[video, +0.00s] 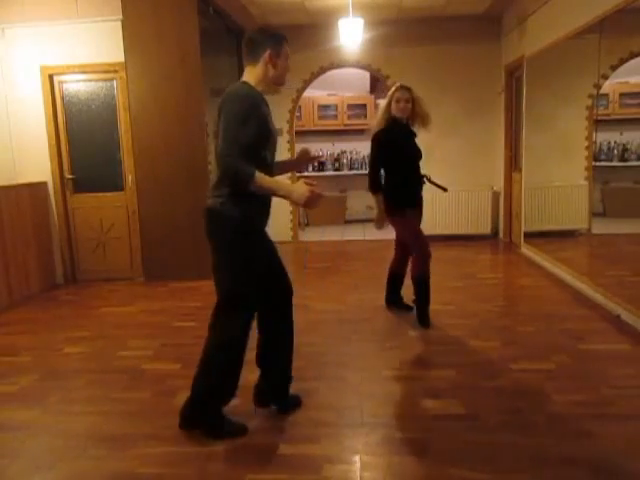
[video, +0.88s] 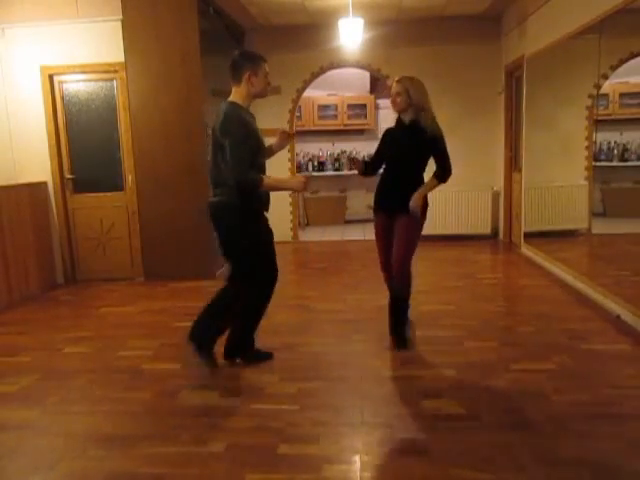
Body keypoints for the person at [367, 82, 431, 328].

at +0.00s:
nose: (402, 105)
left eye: (407, 101)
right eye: (398, 101)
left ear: (412, 105)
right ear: (390, 104)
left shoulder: (409, 133)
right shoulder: (382, 135)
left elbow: (406, 164)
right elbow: (374, 174)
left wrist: (417, 176)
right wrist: (379, 206)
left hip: (413, 197)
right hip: (395, 198)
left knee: (403, 250)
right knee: (421, 251)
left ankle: (393, 295)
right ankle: (422, 308)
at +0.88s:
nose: (393, 100)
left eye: (398, 95)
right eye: (392, 96)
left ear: (412, 96)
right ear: (394, 99)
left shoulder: (429, 130)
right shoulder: (391, 133)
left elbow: (444, 170)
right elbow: (374, 166)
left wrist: (422, 192)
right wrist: (360, 166)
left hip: (410, 202)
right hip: (385, 200)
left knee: (400, 264)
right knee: (387, 264)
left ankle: (399, 330)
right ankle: (401, 319)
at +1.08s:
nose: (393, 97)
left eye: (397, 91)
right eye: (392, 92)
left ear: (412, 94)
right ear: (401, 94)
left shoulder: (424, 125)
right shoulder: (401, 128)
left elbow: (436, 169)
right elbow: (380, 168)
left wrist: (410, 194)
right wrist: (352, 162)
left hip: (413, 206)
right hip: (394, 206)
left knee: (394, 268)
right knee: (395, 265)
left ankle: (399, 334)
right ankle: (429, 306)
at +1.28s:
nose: (395, 95)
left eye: (399, 89)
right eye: (395, 90)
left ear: (415, 91)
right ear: (408, 93)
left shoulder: (427, 123)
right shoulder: (408, 127)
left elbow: (442, 170)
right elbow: (385, 168)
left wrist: (412, 195)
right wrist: (352, 163)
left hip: (416, 209)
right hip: (413, 208)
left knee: (392, 270)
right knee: (420, 274)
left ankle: (411, 330)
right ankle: (455, 336)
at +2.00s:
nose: (394, 91)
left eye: (399, 86)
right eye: (394, 86)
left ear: (414, 90)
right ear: (409, 90)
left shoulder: (423, 126)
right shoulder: (407, 124)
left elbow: (434, 177)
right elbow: (395, 161)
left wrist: (407, 204)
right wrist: (360, 161)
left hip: (418, 208)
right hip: (412, 208)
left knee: (394, 270)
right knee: (410, 266)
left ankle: (434, 325)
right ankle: (427, 320)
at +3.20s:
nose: (391, 92)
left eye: (396, 87)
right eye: (392, 87)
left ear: (411, 88)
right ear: (409, 90)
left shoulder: (424, 122)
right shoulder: (409, 123)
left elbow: (430, 169)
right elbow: (381, 164)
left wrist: (399, 189)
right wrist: (338, 178)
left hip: (415, 204)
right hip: (412, 202)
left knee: (404, 277)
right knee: (412, 268)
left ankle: (419, 347)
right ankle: (426, 321)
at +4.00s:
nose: (392, 97)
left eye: (398, 92)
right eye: (387, 92)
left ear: (410, 94)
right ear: (382, 96)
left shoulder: (418, 129)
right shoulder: (386, 128)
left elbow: (447, 168)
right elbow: (362, 160)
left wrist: (433, 201)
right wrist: (330, 173)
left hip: (420, 212)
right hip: (405, 212)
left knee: (421, 278)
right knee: (412, 270)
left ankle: (422, 349)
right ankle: (410, 320)